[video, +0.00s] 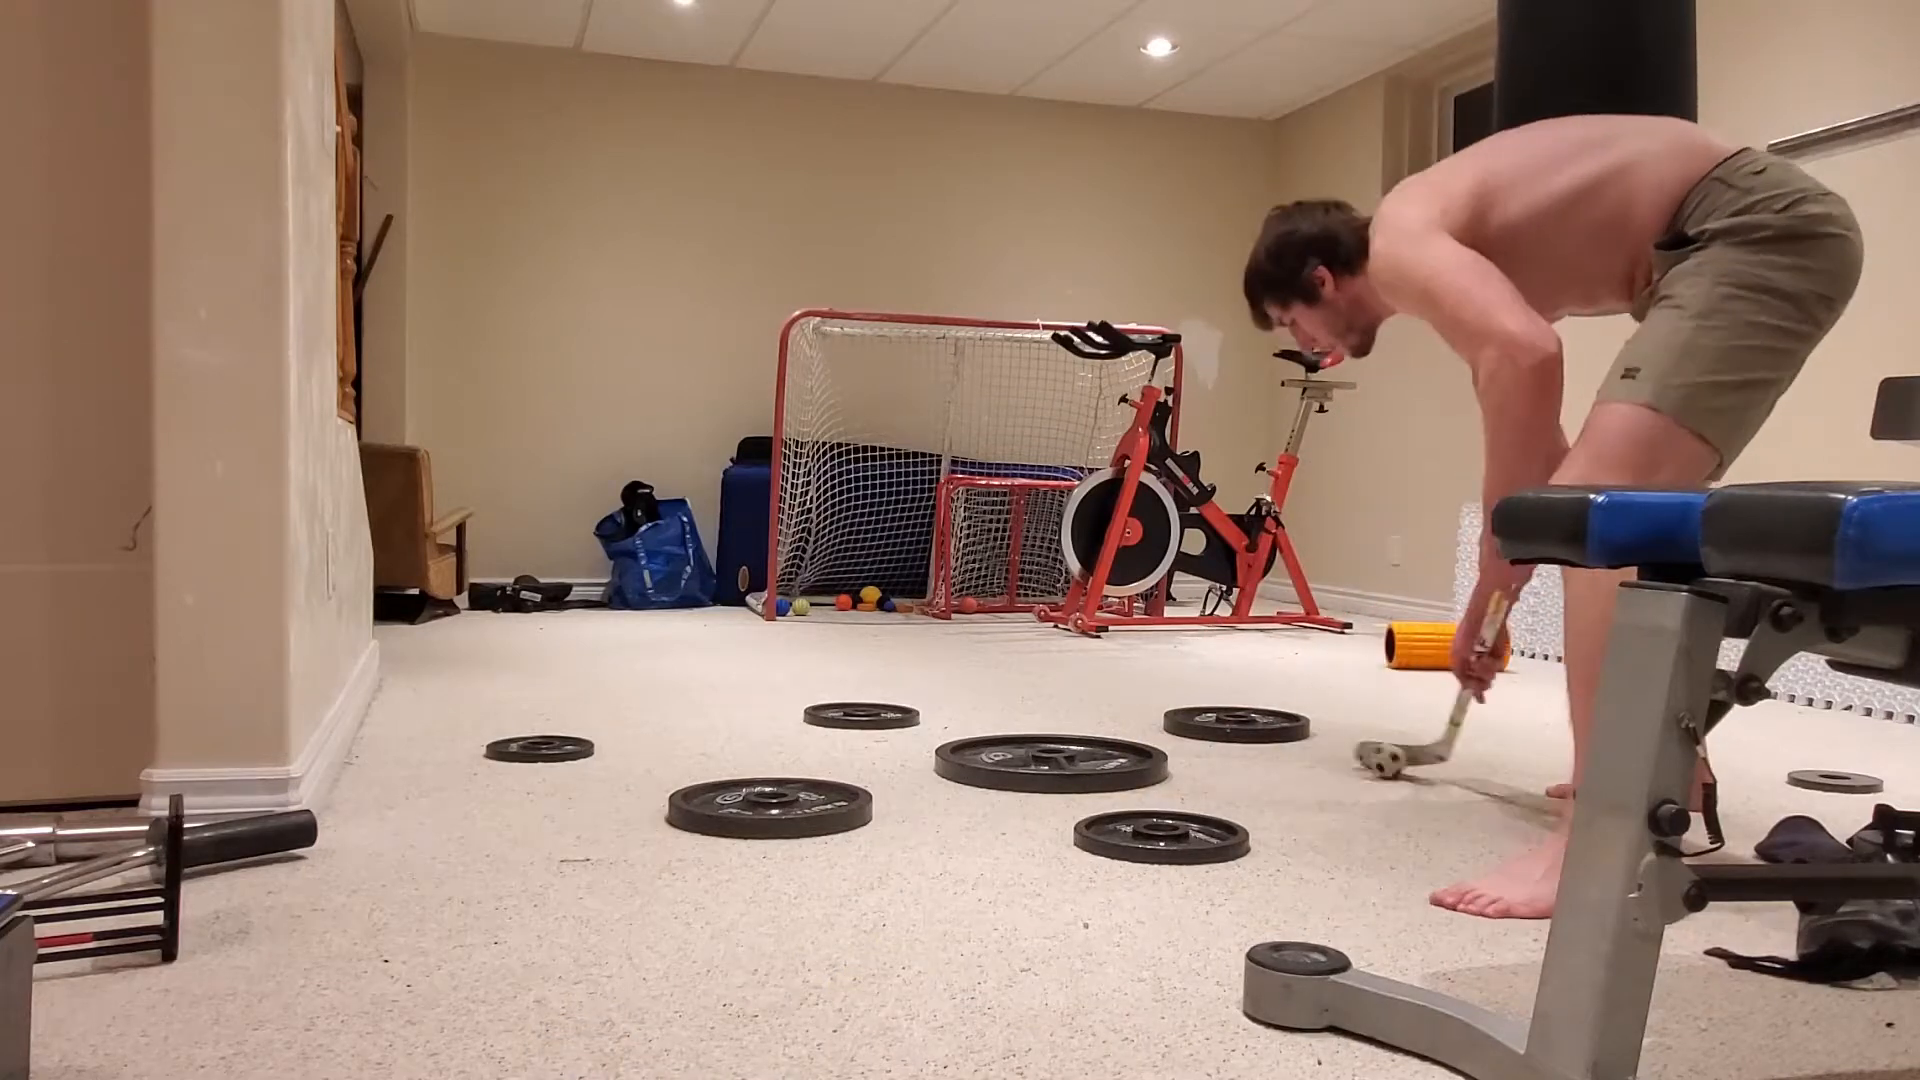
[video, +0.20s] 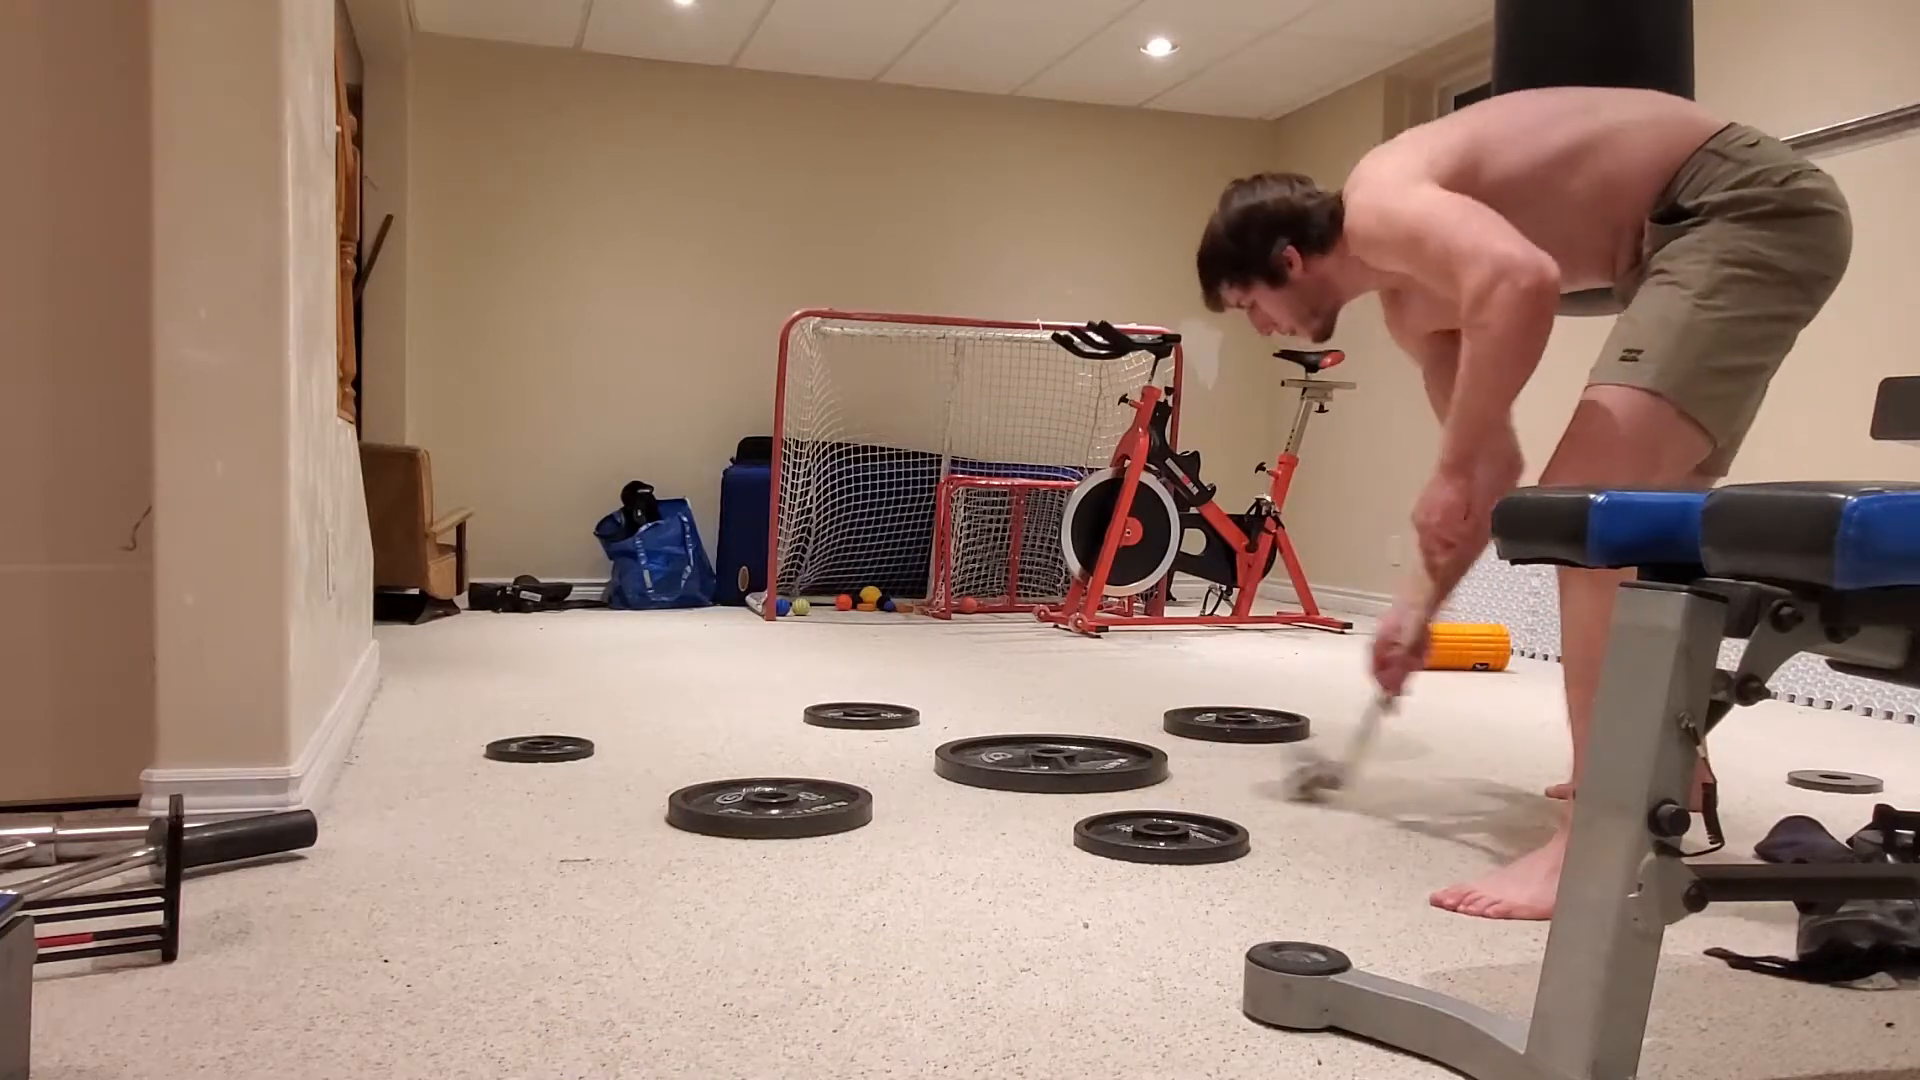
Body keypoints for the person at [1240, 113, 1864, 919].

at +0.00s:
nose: (1309, 355)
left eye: (1295, 333)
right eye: (1293, 345)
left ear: (1322, 280)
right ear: (1331, 276)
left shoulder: (1399, 240)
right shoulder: (1428, 251)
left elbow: (1527, 354)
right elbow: (1520, 456)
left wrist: (1504, 560)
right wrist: (1487, 603)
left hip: (1753, 228)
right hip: (1727, 242)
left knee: (1588, 510)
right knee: (1627, 516)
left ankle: (1596, 834)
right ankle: (1672, 766)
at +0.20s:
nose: (1261, 330)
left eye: (1250, 306)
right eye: (1245, 317)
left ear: (1290, 259)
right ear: (1293, 264)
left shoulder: (1377, 202)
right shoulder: (1417, 311)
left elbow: (1516, 280)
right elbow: (1492, 465)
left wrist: (1456, 473)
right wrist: (1420, 600)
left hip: (1744, 201)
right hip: (1703, 232)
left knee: (1589, 495)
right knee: (1649, 510)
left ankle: (1601, 836)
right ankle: (1669, 768)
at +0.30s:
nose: (1242, 321)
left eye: (1231, 295)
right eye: (1226, 308)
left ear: (1277, 243)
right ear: (1279, 250)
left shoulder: (1376, 194)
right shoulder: (1385, 307)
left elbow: (1510, 316)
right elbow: (1414, 481)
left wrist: (1409, 499)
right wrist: (1320, 612)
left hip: (1741, 195)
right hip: (1694, 229)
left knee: (1582, 494)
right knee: (1653, 512)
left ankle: (1594, 836)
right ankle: (1673, 777)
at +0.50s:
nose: (1217, 300)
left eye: (1213, 270)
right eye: (1201, 284)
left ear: (1268, 219)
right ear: (1266, 226)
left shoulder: (1394, 193)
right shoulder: (1338, 290)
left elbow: (1575, 321)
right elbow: (1345, 463)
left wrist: (1429, 476)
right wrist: (1233, 577)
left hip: (1740, 193)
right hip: (1657, 238)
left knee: (1578, 496)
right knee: (1628, 508)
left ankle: (1595, 835)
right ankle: (1670, 760)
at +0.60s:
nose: (1218, 285)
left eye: (1216, 251)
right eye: (1201, 267)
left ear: (1273, 193)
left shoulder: (1418, 152)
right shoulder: (1338, 285)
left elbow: (1660, 204)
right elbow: (1395, 442)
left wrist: (1553, 413)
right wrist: (1350, 552)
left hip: (1737, 180)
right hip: (1637, 230)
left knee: (1606, 496)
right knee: (1582, 488)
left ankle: (1597, 832)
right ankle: (1654, 762)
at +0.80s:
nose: (1237, 274)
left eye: (1237, 239)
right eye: (1220, 257)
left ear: (1297, 178)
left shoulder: (1428, 127)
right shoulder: (1356, 306)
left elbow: (1663, 169)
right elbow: (1452, 433)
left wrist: (1573, 383)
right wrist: (1457, 543)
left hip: (1742, 186)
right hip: (1639, 242)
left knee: (1630, 470)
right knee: (1610, 468)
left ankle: (1611, 833)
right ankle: (1661, 755)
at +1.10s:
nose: (1267, 320)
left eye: (1252, 293)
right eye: (1248, 309)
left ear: (1287, 232)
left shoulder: (1402, 169)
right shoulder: (1421, 309)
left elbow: (1592, 178)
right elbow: (1574, 408)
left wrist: (1553, 395)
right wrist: (1565, 567)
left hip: (1765, 176)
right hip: (1683, 250)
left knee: (1673, 470)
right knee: (1654, 497)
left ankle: (1618, 838)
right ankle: (1670, 786)